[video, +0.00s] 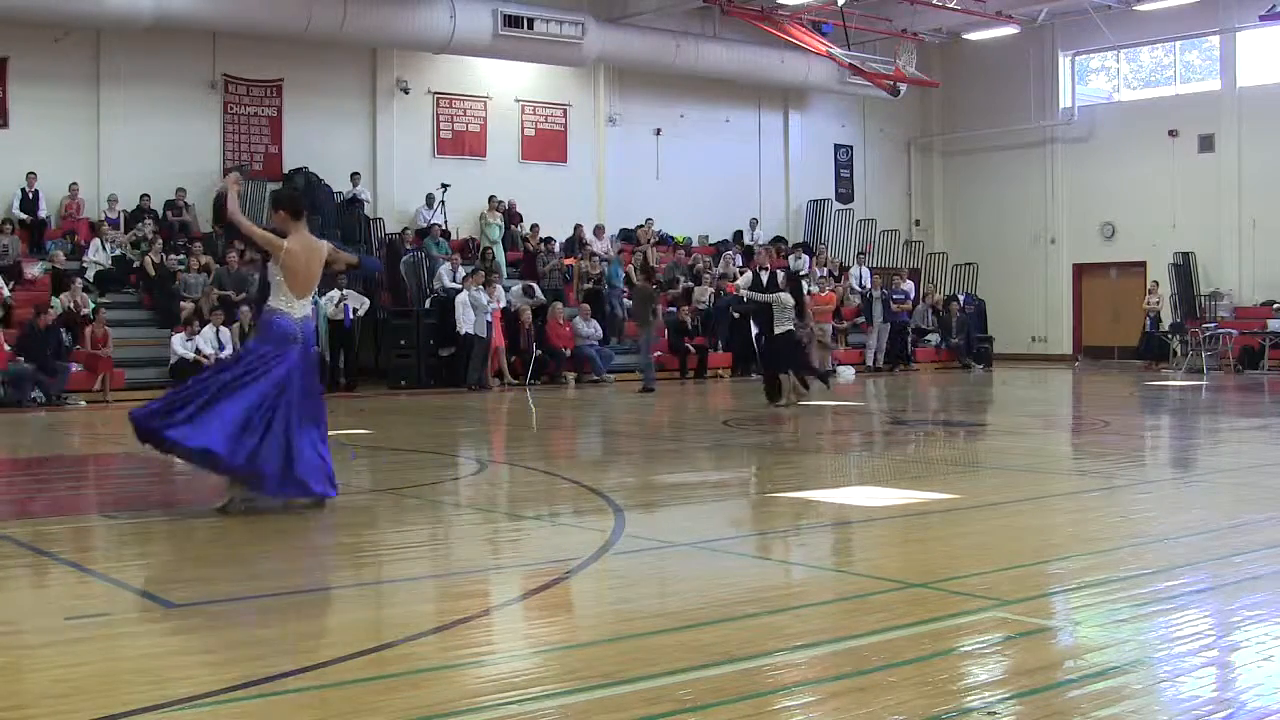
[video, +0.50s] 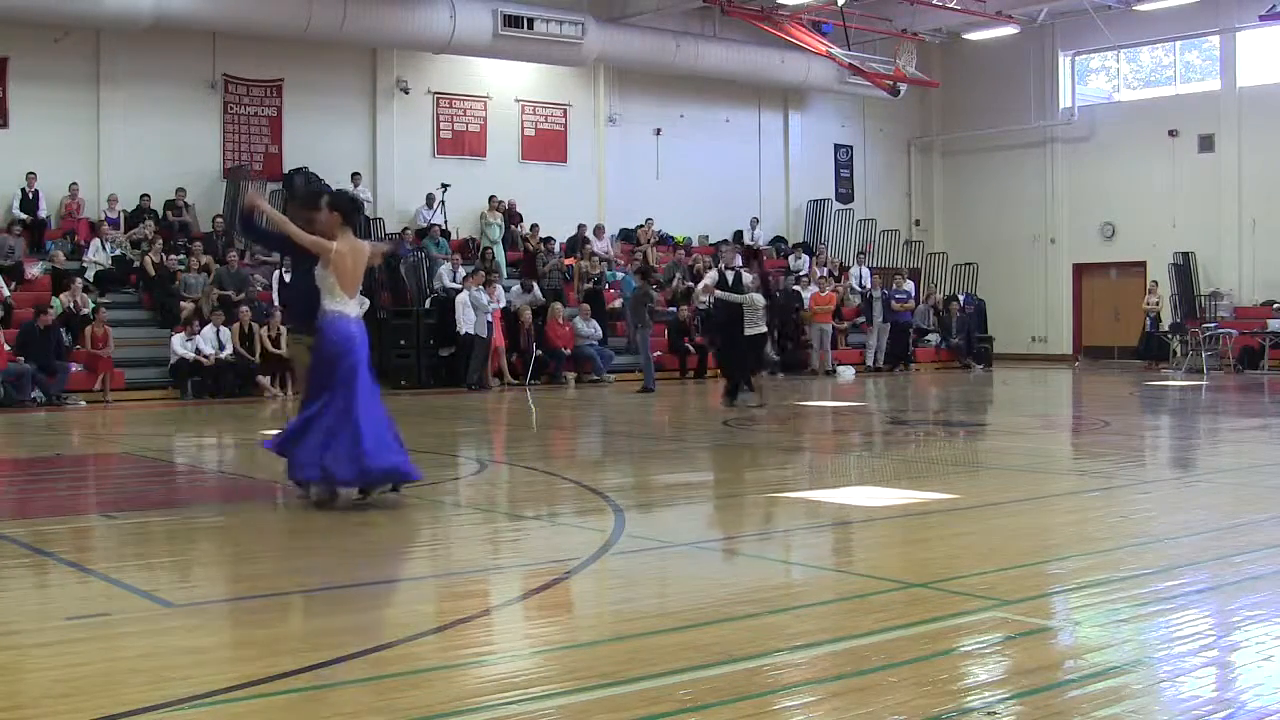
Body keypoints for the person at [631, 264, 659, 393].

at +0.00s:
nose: (639, 279)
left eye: (640, 277)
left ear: (641, 276)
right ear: (651, 277)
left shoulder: (636, 289)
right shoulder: (651, 291)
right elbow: (657, 306)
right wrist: (659, 319)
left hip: (641, 322)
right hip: (648, 322)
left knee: (645, 352)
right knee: (646, 352)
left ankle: (648, 382)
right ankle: (648, 381)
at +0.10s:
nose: (636, 278)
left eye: (638, 276)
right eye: (636, 275)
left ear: (642, 276)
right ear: (646, 277)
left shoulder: (644, 289)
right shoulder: (641, 289)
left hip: (645, 323)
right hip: (642, 323)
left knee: (645, 353)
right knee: (645, 353)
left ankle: (649, 383)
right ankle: (648, 382)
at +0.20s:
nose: (636, 277)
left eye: (637, 275)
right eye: (636, 274)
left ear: (641, 276)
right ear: (646, 276)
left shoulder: (645, 288)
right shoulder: (639, 288)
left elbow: (656, 301)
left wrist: (659, 311)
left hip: (644, 322)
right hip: (639, 321)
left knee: (645, 354)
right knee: (645, 353)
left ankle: (648, 383)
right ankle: (649, 382)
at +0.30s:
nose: (635, 277)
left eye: (637, 275)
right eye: (635, 275)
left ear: (641, 276)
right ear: (644, 276)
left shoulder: (646, 289)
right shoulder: (638, 289)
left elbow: (656, 304)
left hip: (644, 324)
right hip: (638, 323)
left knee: (646, 354)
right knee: (645, 354)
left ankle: (649, 383)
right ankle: (649, 382)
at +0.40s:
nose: (635, 279)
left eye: (637, 277)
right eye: (635, 276)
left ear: (642, 277)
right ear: (640, 277)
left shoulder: (646, 289)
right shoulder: (638, 289)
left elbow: (655, 303)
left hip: (644, 324)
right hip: (639, 324)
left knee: (645, 354)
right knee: (644, 354)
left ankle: (649, 383)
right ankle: (648, 382)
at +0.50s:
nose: (635, 279)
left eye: (637, 276)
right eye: (635, 276)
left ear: (641, 277)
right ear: (643, 277)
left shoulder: (644, 291)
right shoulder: (639, 290)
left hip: (643, 325)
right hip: (638, 325)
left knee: (645, 354)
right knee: (644, 354)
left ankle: (649, 383)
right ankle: (649, 382)